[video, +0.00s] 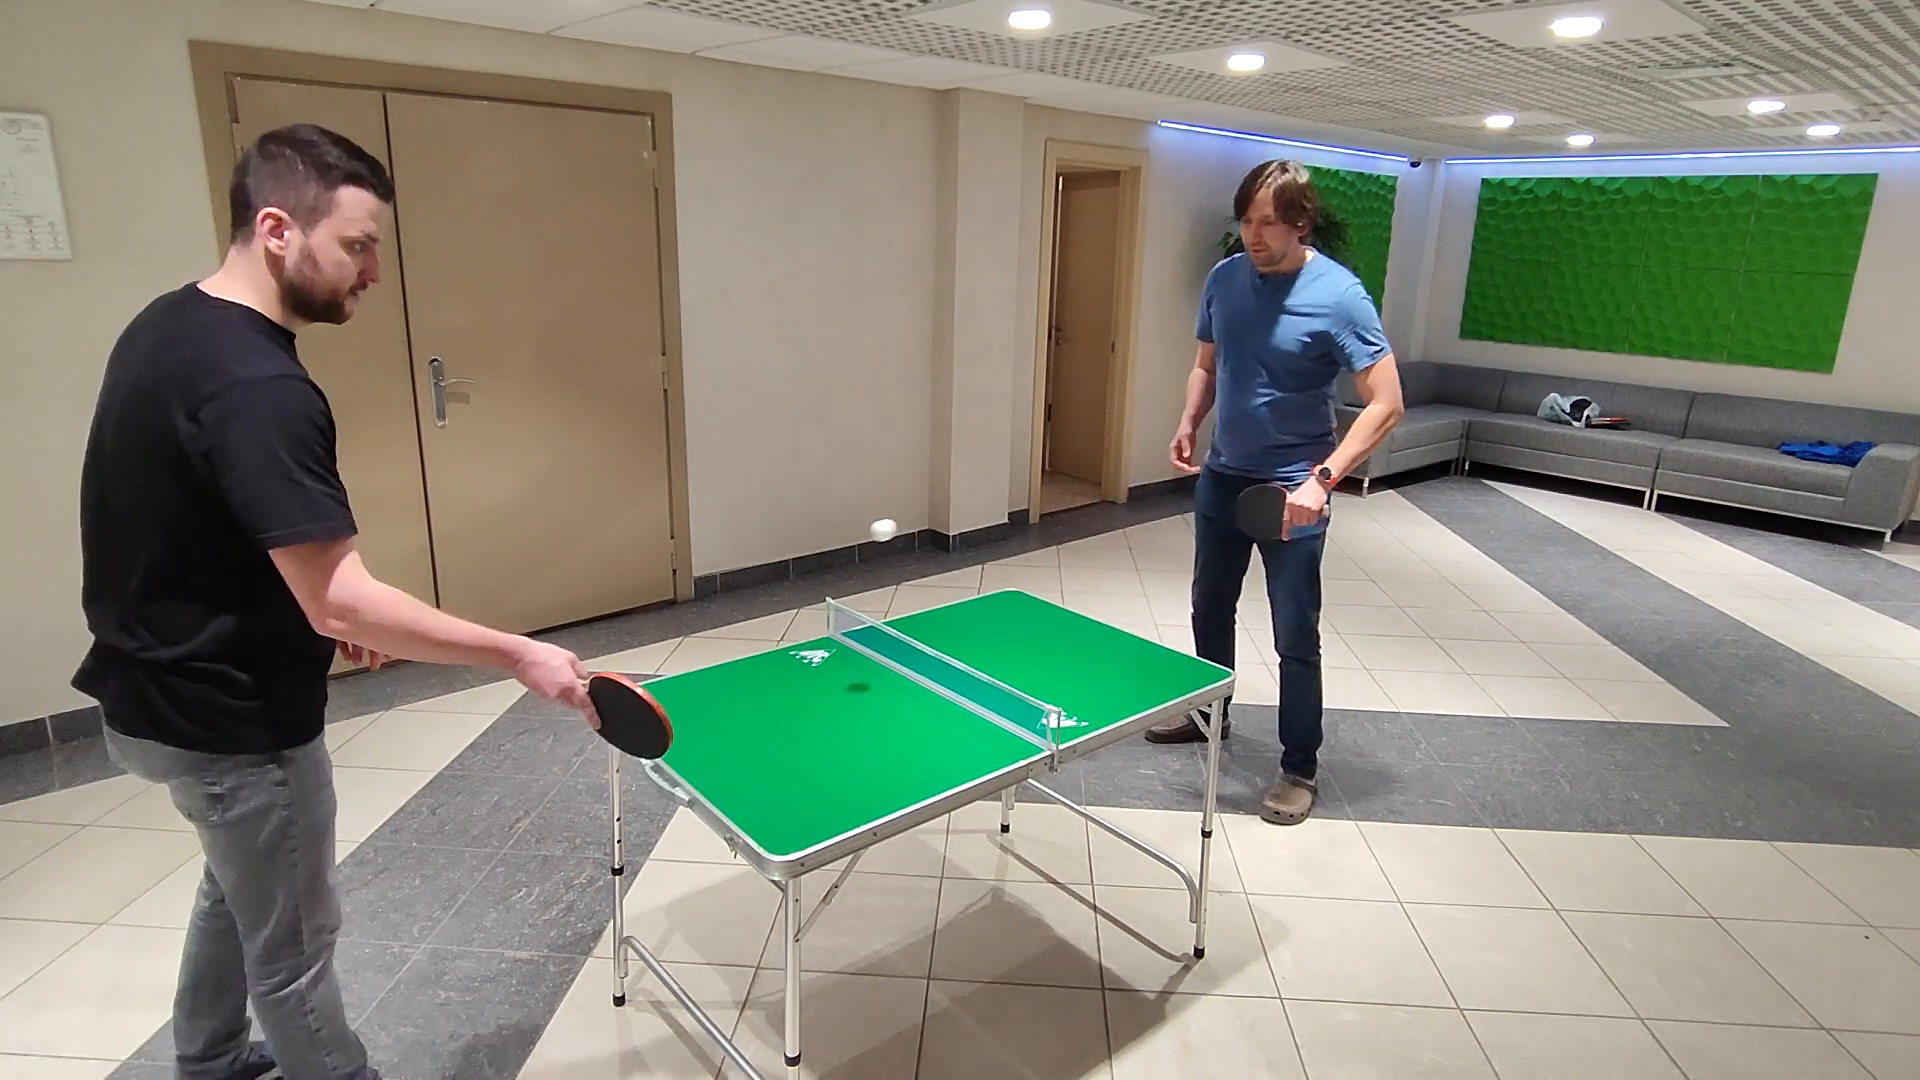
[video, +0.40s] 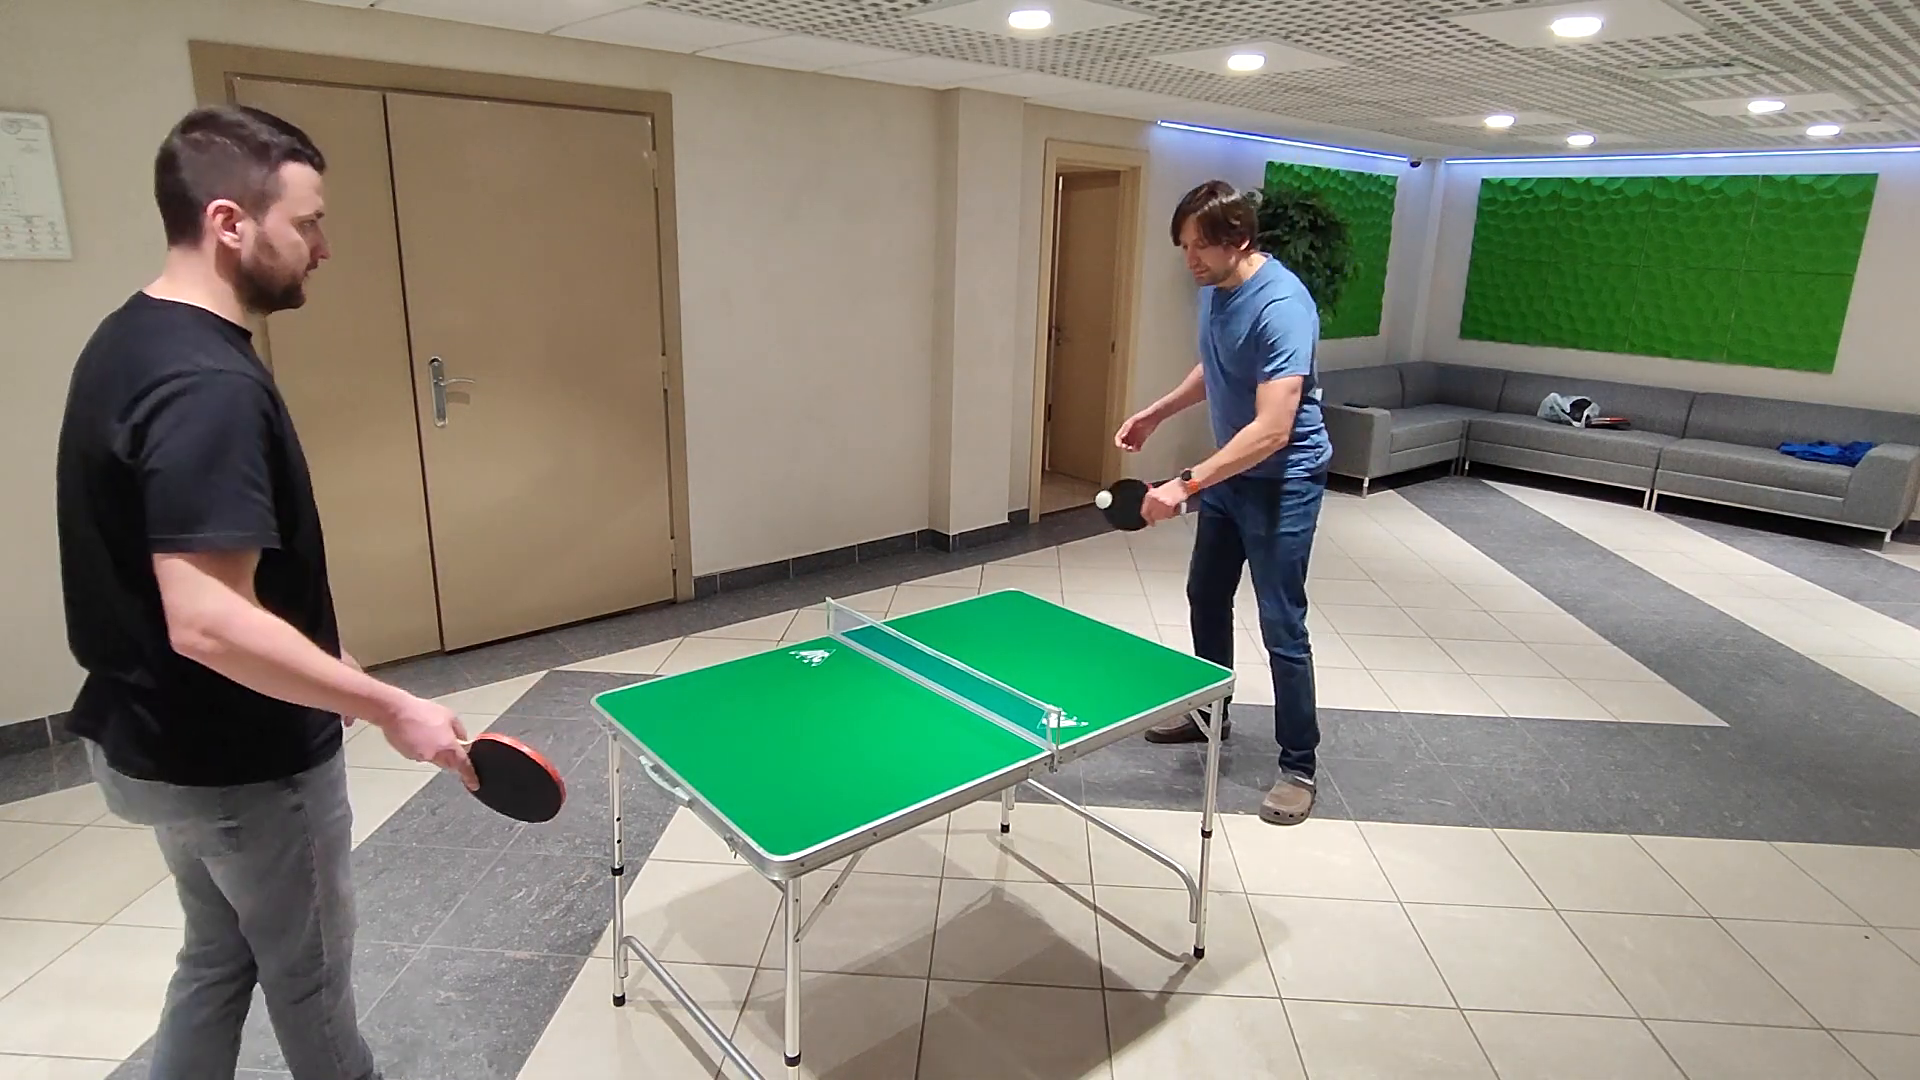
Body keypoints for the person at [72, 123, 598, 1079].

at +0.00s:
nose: (374, 272)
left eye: (378, 249)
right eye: (357, 245)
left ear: (277, 233)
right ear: (276, 230)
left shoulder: (169, 329)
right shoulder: (259, 384)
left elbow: (196, 520)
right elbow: (344, 596)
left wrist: (316, 615)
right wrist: (517, 653)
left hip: (158, 699)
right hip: (241, 724)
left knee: (240, 887)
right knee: (294, 953)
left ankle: (211, 1058)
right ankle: (337, 1073)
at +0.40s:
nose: (321, 249)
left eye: (321, 226)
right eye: (306, 224)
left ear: (226, 225)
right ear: (229, 223)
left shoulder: (128, 342)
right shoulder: (208, 377)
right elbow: (205, 619)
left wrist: (306, 664)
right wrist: (392, 708)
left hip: (155, 749)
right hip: (250, 768)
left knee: (216, 959)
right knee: (313, 988)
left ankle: (173, 1079)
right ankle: (347, 1079)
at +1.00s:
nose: (243, 272)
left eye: (246, 246)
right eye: (220, 238)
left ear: (118, 223)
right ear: (118, 218)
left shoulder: (96, 350)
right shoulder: (72, 384)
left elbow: (94, 608)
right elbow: (8, 643)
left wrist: (204, 766)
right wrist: (201, 788)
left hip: (114, 837)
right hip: (124, 854)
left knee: (115, 1061)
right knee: (209, 1065)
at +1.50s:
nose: (242, 262)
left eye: (243, 233)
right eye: (220, 228)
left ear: (106, 217)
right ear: (110, 214)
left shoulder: (22, 344)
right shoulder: (123, 406)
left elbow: (114, 550)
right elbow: (300, 628)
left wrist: (248, 667)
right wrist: (513, 650)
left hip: (51, 837)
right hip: (128, 863)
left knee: (151, 1059)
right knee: (171, 1070)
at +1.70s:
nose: (215, 249)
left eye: (212, 220)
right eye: (197, 215)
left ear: (90, 209)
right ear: (98, 206)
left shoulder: (13, 343)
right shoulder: (122, 390)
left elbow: (53, 593)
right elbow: (259, 620)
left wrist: (204, 710)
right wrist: (469, 659)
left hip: (40, 821)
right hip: (137, 841)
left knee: (111, 1062)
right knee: (178, 1069)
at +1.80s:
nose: (210, 247)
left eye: (208, 219)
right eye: (193, 215)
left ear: (92, 210)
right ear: (97, 210)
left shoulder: (14, 343)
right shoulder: (116, 384)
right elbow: (208, 635)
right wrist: (403, 689)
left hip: (38, 822)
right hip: (139, 839)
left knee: (101, 1064)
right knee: (184, 1069)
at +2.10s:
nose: (261, 292)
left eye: (264, 266)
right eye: (254, 261)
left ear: (163, 242)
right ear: (175, 244)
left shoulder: (38, 361)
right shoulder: (112, 381)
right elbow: (118, 643)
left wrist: (219, 753)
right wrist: (267, 775)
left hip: (45, 854)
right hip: (119, 860)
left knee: (98, 1069)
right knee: (228, 1063)